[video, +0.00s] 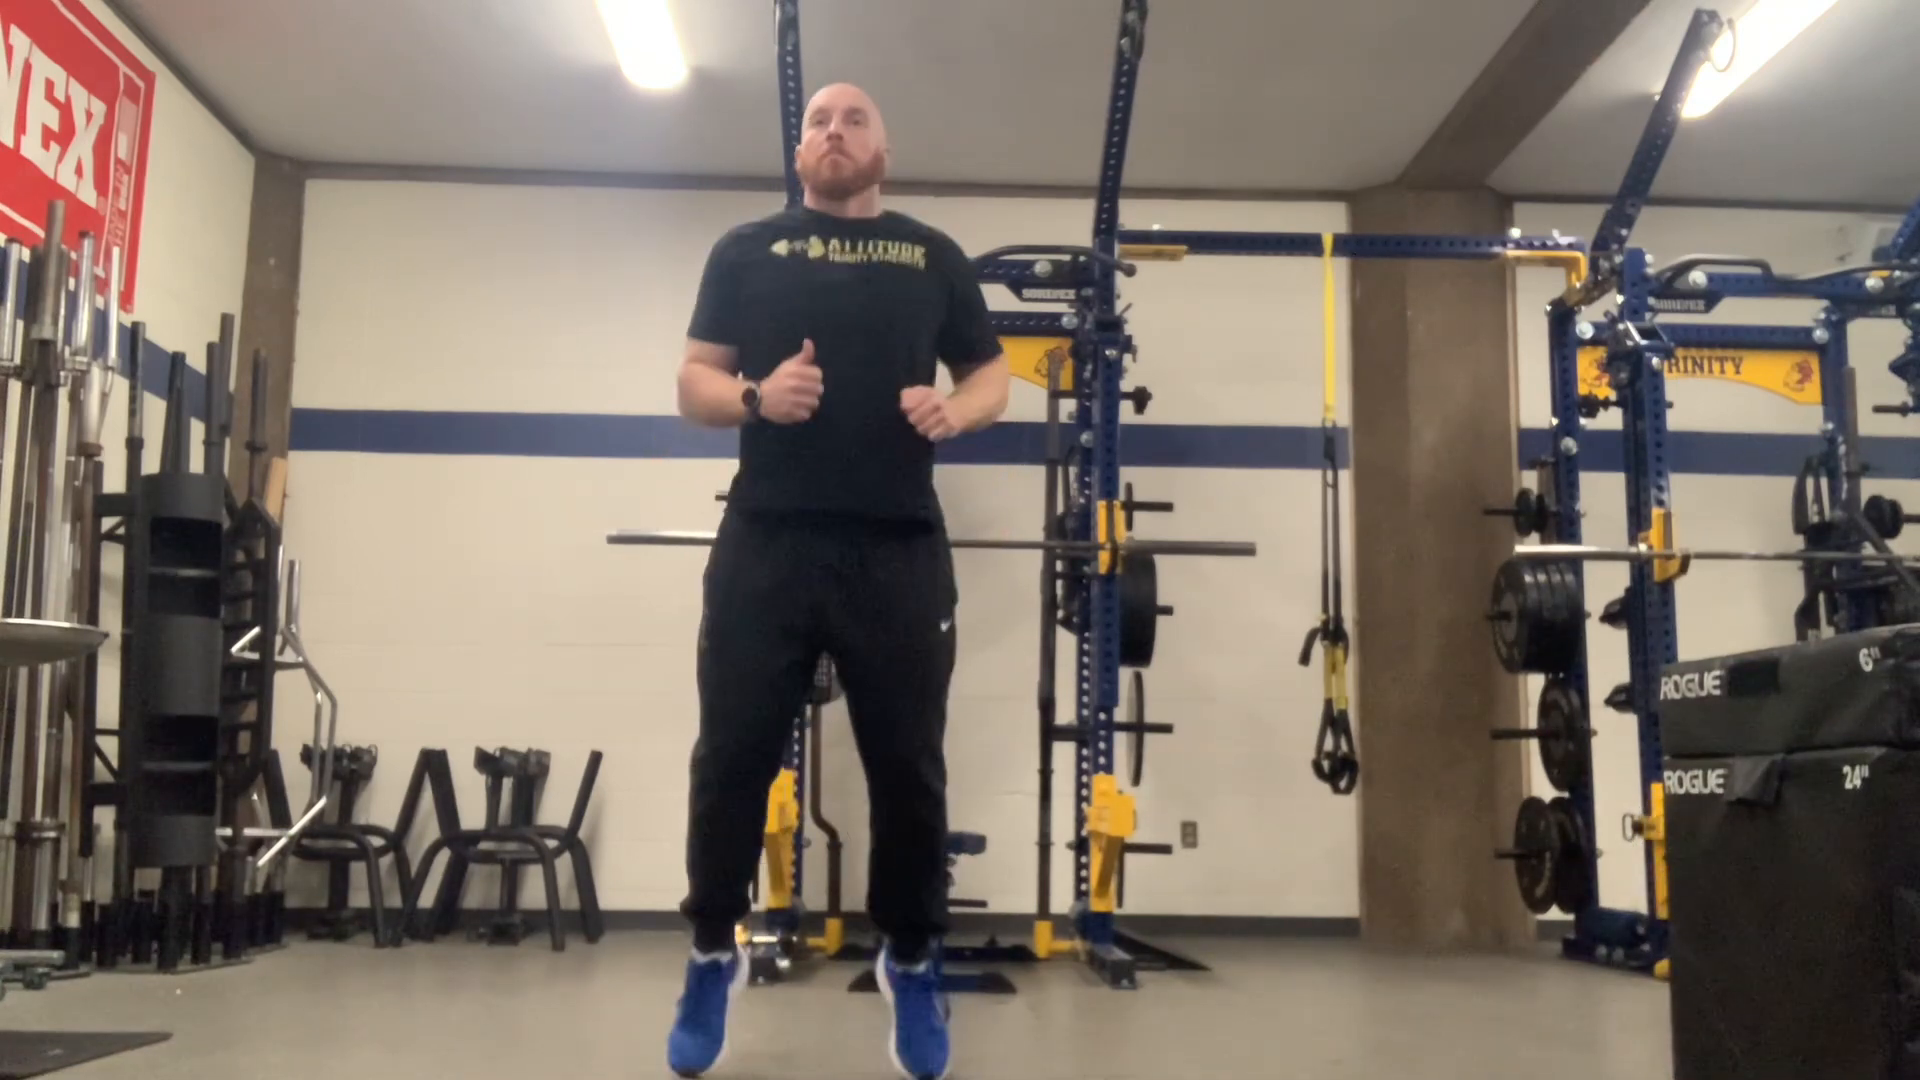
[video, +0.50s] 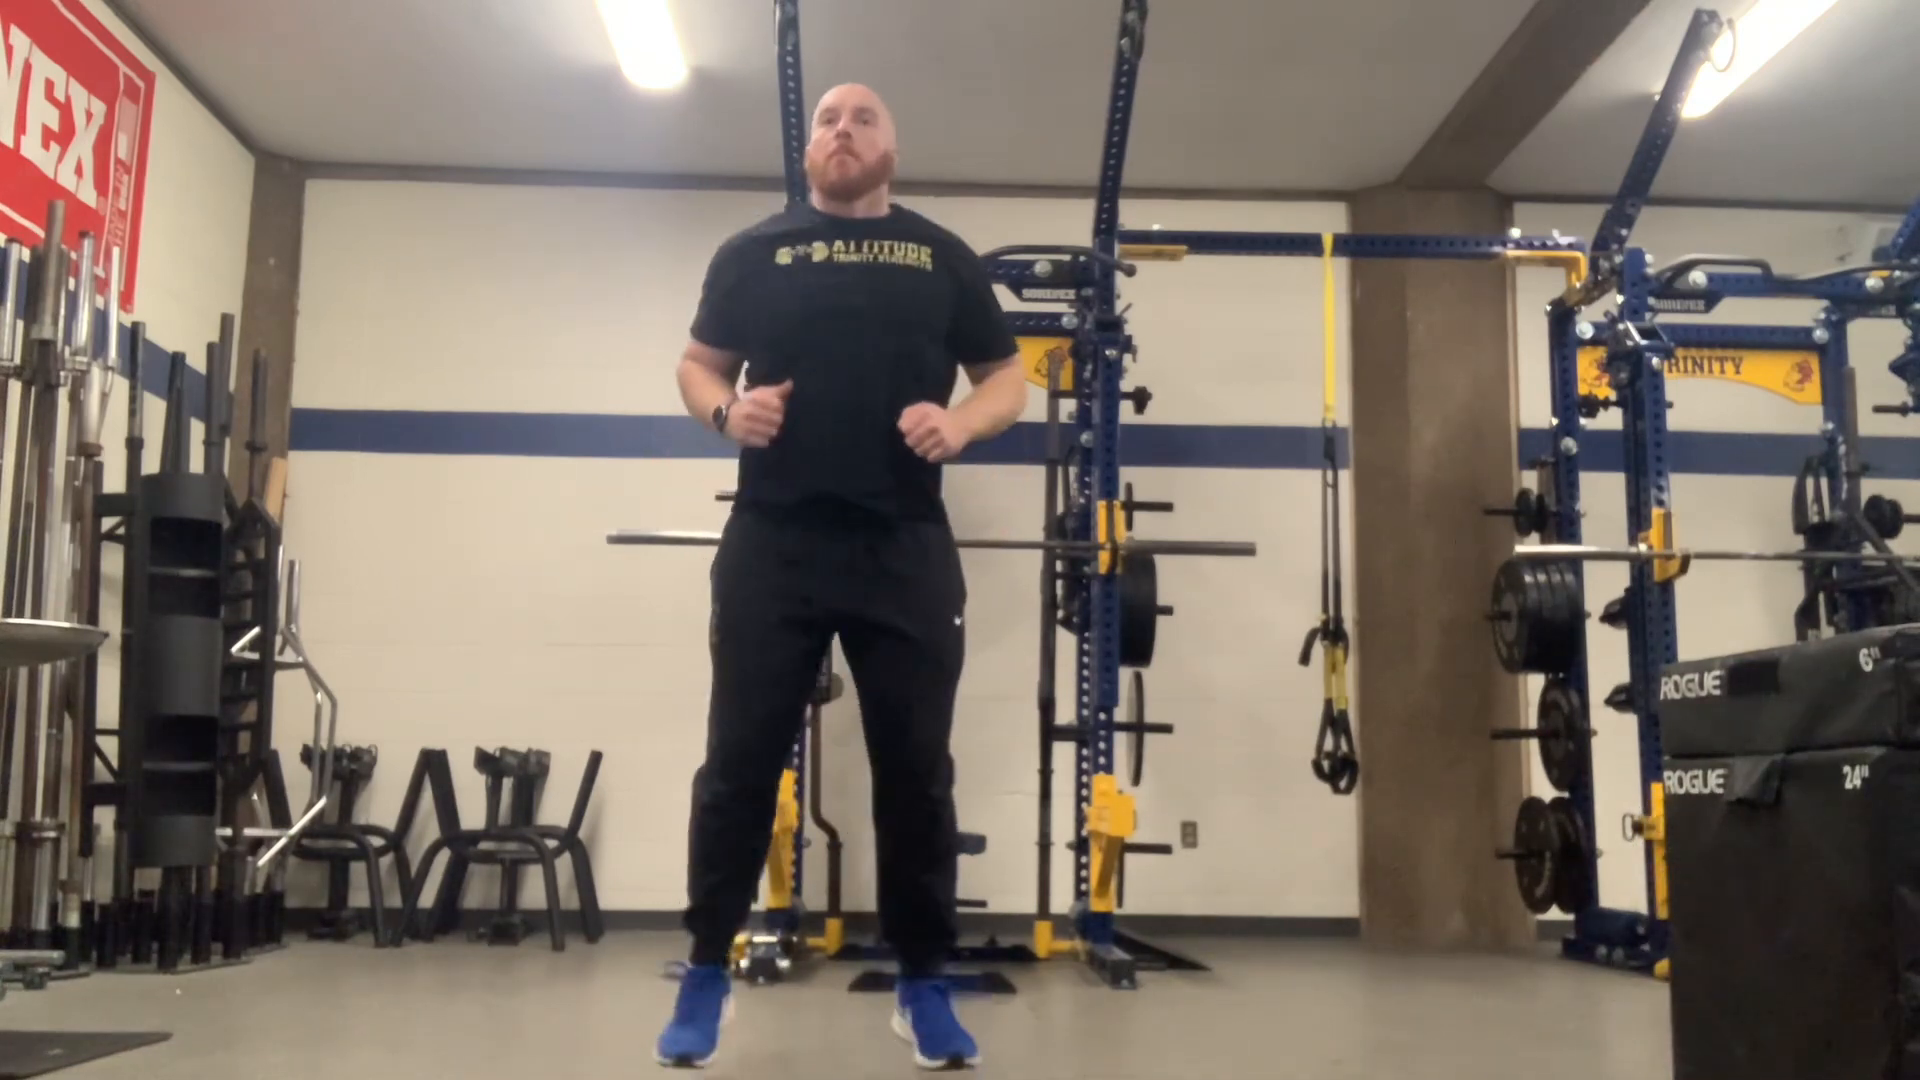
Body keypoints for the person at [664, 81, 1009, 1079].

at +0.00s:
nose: (834, 129)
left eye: (854, 119)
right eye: (818, 120)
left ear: (887, 151)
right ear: (796, 153)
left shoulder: (935, 257)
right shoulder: (745, 253)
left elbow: (992, 379)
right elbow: (696, 389)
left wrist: (955, 410)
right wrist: (755, 396)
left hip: (896, 548)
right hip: (766, 544)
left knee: (909, 768)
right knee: (731, 757)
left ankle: (912, 965)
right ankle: (711, 957)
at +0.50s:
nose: (842, 127)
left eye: (862, 117)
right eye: (827, 119)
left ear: (896, 151)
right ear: (805, 153)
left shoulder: (942, 258)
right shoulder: (749, 256)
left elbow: (1007, 380)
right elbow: (701, 367)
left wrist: (961, 422)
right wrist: (727, 409)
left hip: (903, 547)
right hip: (772, 543)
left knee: (916, 770)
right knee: (739, 762)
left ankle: (923, 981)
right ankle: (705, 969)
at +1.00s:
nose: (835, 143)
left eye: (855, 133)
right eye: (820, 134)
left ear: (890, 164)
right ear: (798, 167)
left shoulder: (942, 274)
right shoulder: (747, 275)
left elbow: (1002, 401)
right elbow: (690, 400)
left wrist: (967, 428)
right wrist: (722, 417)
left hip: (906, 559)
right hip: (773, 555)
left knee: (927, 771)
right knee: (733, 763)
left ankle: (939, 1004)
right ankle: (688, 997)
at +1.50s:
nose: (838, 208)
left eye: (856, 197)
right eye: (822, 199)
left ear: (887, 229)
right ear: (797, 232)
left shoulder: (937, 340)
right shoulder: (751, 342)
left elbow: (988, 460)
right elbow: (699, 464)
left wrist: (966, 508)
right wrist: (725, 509)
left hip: (904, 622)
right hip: (776, 619)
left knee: (904, 829)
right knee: (740, 824)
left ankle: (900, 1010)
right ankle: (716, 998)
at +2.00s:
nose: (830, 197)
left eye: (848, 187)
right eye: (814, 189)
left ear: (882, 220)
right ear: (791, 225)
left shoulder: (943, 329)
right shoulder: (748, 333)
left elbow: (1006, 452)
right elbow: (694, 457)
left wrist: (966, 475)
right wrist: (717, 489)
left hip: (906, 609)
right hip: (772, 606)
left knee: (926, 817)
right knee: (723, 815)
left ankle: (939, 1024)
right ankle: (663, 1019)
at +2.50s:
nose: (913, 216)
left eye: (930, 204)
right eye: (896, 203)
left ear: (957, 230)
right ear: (868, 229)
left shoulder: (1014, 330)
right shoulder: (824, 349)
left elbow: (1074, 441)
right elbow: (773, 470)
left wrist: (1070, 484)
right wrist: (787, 497)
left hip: (1018, 616)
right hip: (891, 624)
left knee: (1057, 830)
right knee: (904, 830)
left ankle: (1099, 1030)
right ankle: (944, 1021)